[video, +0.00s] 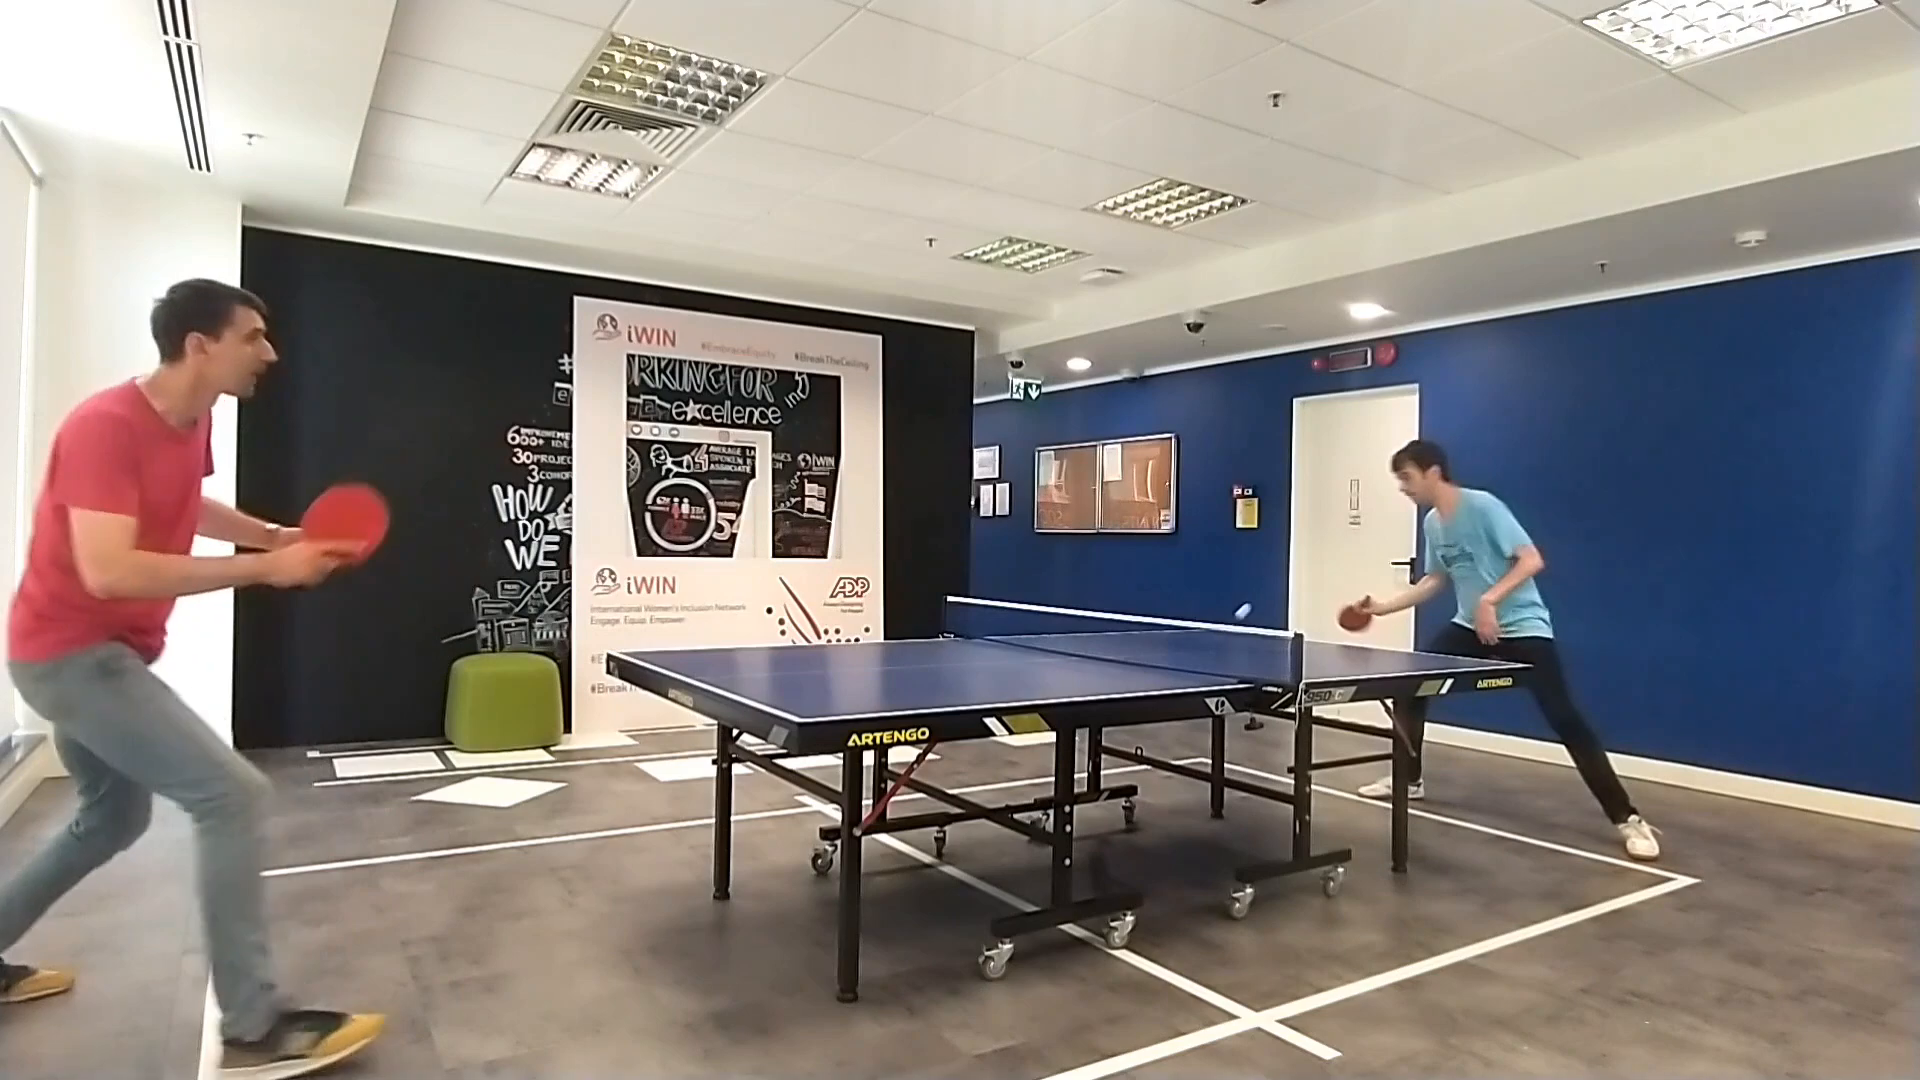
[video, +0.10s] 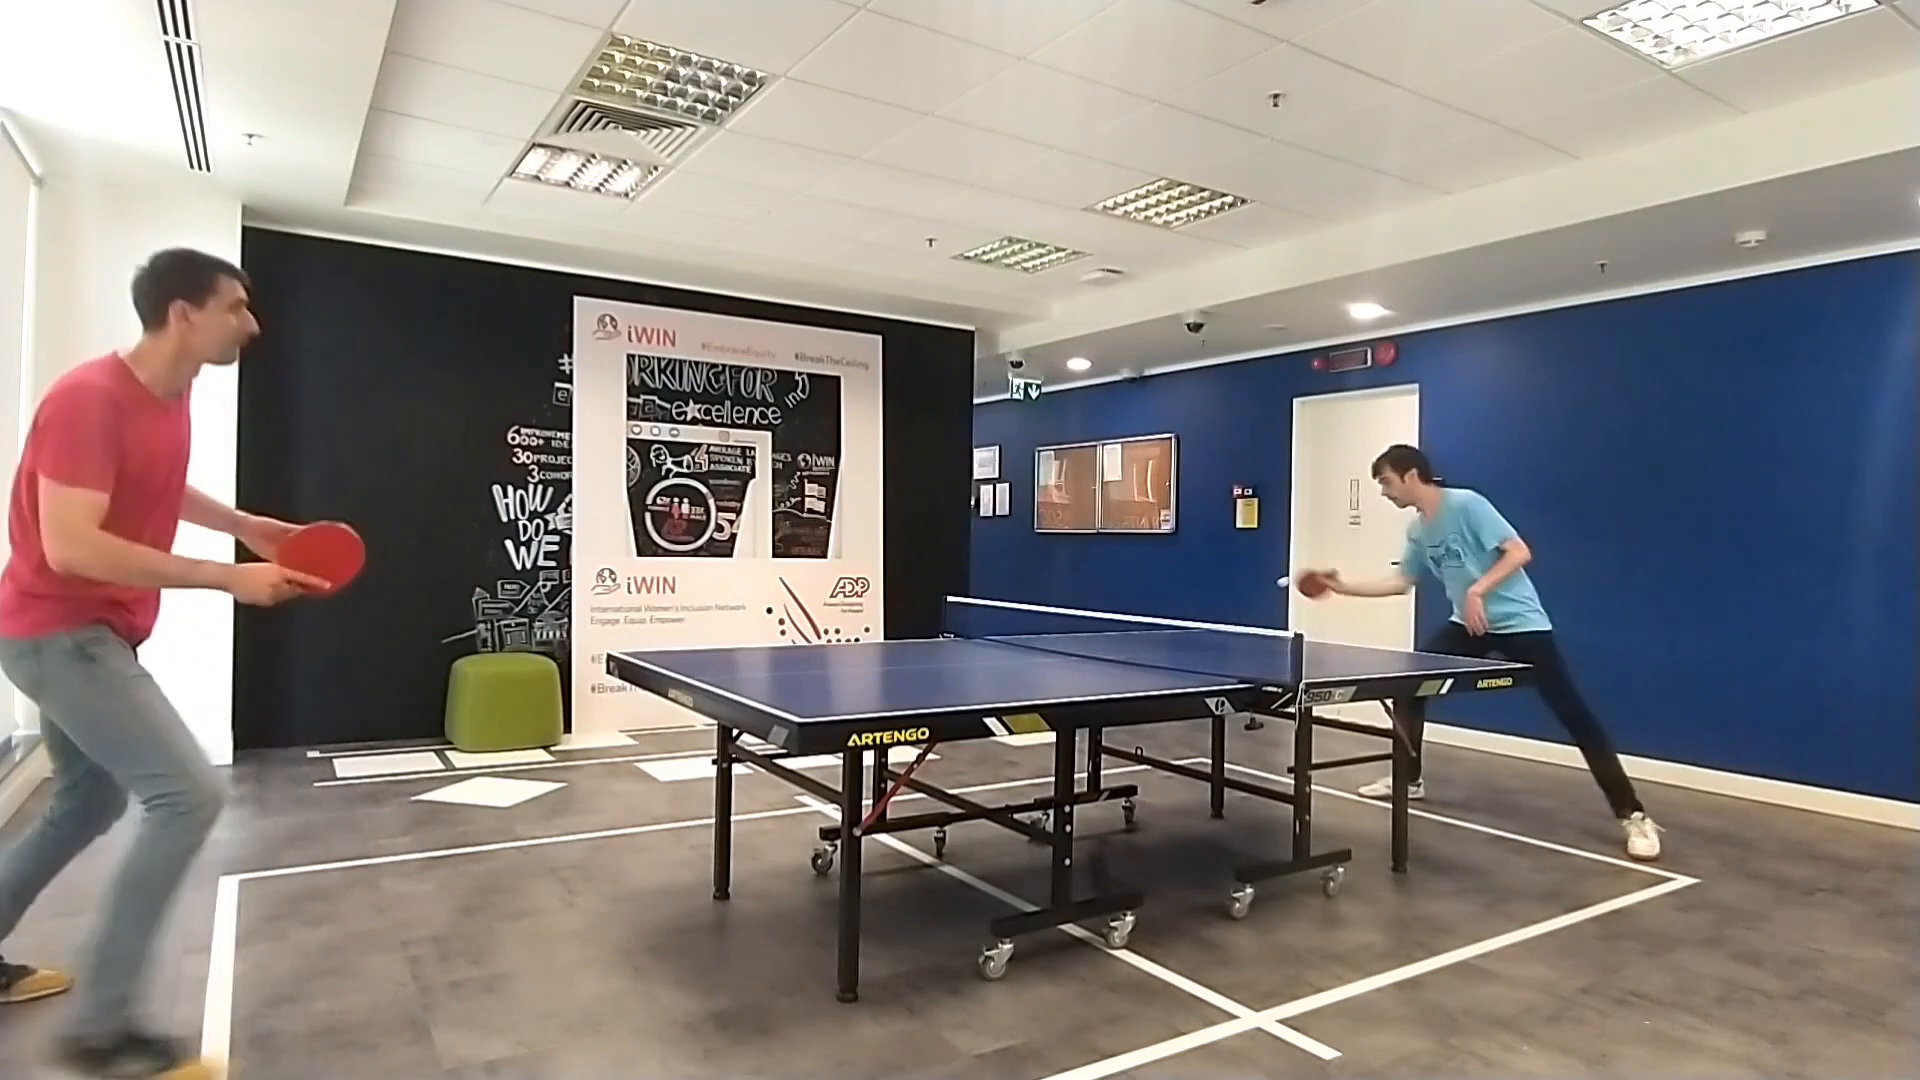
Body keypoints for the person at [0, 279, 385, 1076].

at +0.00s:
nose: (268, 353)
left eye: (265, 337)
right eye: (254, 337)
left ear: (205, 350)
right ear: (198, 346)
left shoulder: (192, 425)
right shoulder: (105, 427)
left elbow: (181, 508)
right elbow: (108, 571)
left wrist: (277, 539)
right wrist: (261, 568)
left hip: (107, 650)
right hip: (68, 656)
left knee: (111, 818)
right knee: (230, 795)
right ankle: (253, 1023)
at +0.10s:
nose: (250, 323)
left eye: (247, 308)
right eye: (236, 308)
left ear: (188, 319)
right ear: (181, 315)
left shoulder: (169, 399)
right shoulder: (88, 399)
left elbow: (151, 489)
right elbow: (70, 548)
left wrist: (242, 523)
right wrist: (227, 578)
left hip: (91, 629)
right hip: (51, 633)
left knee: (88, 800)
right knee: (185, 796)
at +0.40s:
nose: (254, 362)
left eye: (252, 346)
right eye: (243, 345)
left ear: (192, 352)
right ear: (190, 348)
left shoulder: (148, 429)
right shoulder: (109, 425)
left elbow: (112, 535)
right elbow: (111, 583)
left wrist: (164, 563)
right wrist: (264, 610)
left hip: (69, 645)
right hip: (22, 653)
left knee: (145, 770)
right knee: (120, 841)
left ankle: (88, 912)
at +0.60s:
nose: (294, 407)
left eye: (296, 393)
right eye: (290, 390)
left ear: (237, 378)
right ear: (249, 380)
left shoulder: (127, 417)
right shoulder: (200, 458)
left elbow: (14, 480)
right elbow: (138, 592)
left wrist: (63, 555)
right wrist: (186, 641)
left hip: (58, 652)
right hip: (50, 662)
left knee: (163, 764)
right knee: (137, 844)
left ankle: (112, 910)